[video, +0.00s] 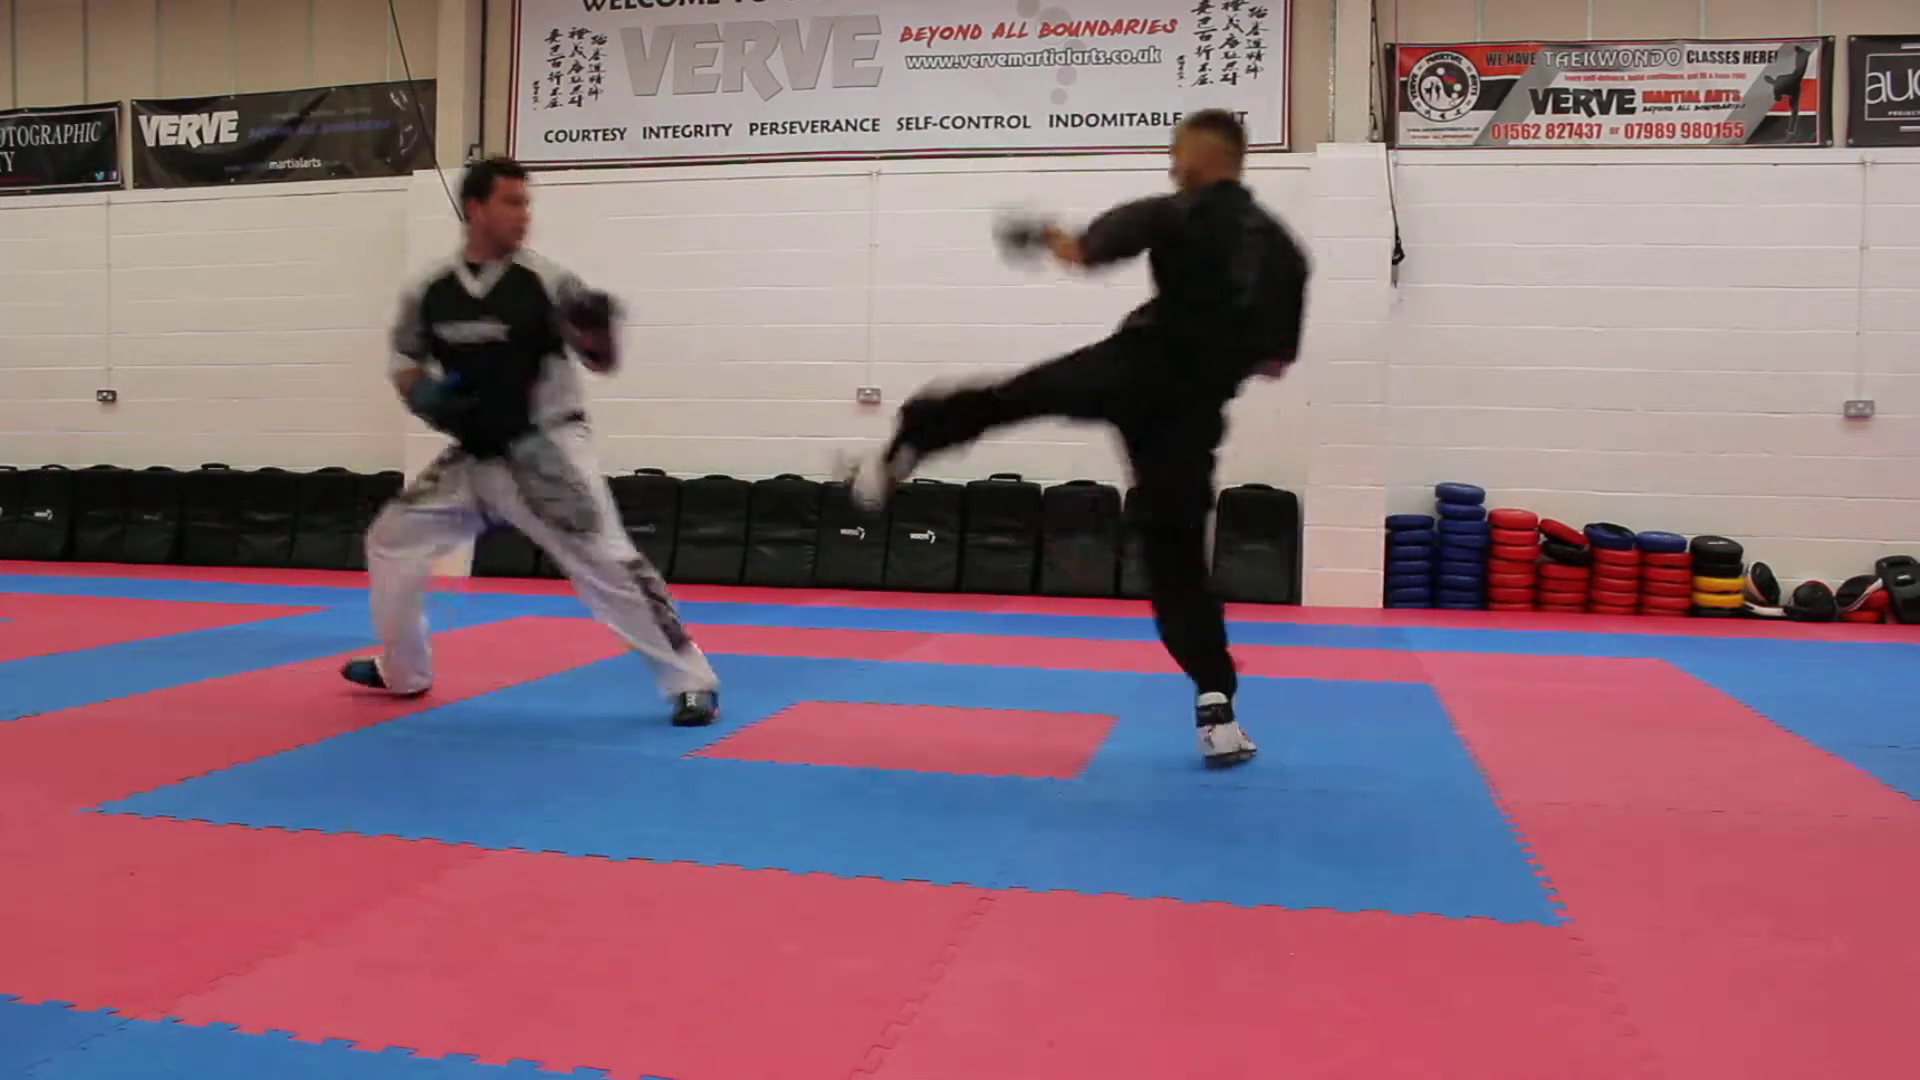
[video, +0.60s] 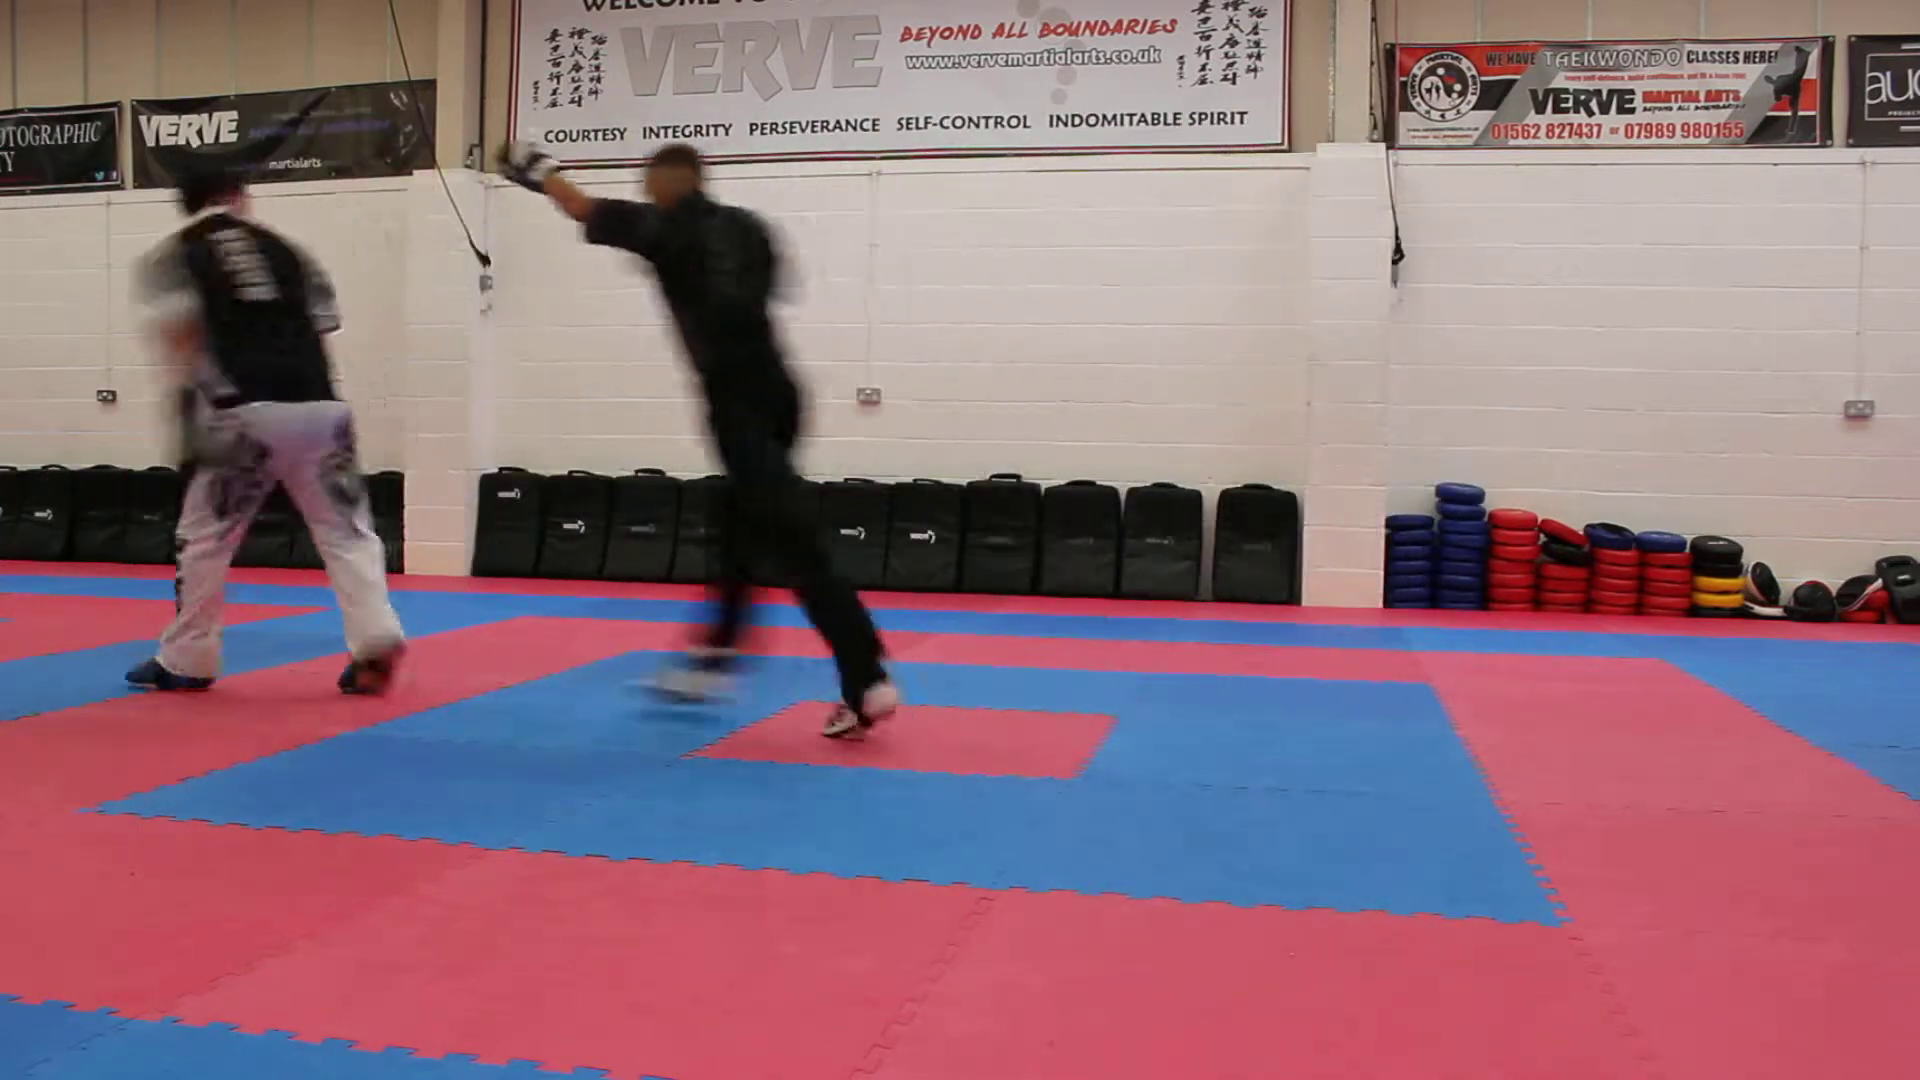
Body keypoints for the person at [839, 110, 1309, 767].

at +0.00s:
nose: (1176, 163)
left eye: (1184, 151)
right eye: (1179, 150)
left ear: (1204, 155)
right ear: (1238, 158)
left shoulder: (1175, 214)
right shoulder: (1284, 250)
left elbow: (1100, 247)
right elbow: (1277, 356)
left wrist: (1065, 242)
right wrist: (1212, 336)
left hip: (1124, 371)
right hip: (1189, 415)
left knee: (1014, 400)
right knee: (1176, 554)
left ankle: (907, 443)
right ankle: (1214, 702)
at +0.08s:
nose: (1151, 182)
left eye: (1156, 171)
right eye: (1155, 170)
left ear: (1164, 179)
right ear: (1208, 181)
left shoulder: (1136, 247)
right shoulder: (1239, 274)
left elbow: (1089, 321)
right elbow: (1226, 374)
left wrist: (1046, 314)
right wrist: (1168, 386)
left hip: (1077, 410)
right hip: (1149, 440)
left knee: (979, 470)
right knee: (1171, 566)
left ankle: (875, 539)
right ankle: (1212, 714)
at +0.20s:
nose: (1061, 194)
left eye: (1068, 184)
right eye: (1065, 183)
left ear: (1080, 191)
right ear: (1107, 195)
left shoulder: (1049, 258)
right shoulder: (1142, 275)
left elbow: (971, 302)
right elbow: (1134, 373)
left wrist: (972, 287)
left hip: (1021, 451)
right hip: (1094, 459)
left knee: (955, 556)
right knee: (1149, 580)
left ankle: (893, 683)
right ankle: (1210, 716)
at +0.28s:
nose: (954, 188)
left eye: (960, 178)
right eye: (959, 177)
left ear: (972, 184)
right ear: (1001, 186)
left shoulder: (941, 252)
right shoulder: (1048, 258)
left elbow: (844, 266)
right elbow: (1088, 351)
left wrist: (852, 223)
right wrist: (1026, 311)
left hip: (977, 450)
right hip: (1051, 451)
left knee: (923, 571)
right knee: (1111, 569)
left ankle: (895, 707)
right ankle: (1198, 695)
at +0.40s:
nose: (810, 192)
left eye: (815, 182)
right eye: (813, 182)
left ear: (829, 187)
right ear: (860, 188)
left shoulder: (818, 240)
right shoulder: (915, 240)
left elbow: (732, 211)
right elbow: (996, 295)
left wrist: (662, 179)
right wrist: (937, 322)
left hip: (901, 432)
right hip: (960, 424)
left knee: (877, 571)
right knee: (1009, 540)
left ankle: (889, 701)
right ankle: (1077, 651)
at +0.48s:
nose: (741, 194)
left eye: (744, 184)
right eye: (745, 185)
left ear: (752, 185)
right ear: (789, 183)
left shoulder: (751, 234)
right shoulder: (848, 232)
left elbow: (660, 217)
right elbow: (924, 293)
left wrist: (602, 178)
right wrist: (857, 292)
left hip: (840, 409)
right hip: (891, 398)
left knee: (847, 562)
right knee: (887, 539)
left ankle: (883, 703)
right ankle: (947, 627)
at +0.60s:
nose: (650, 189)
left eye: (655, 179)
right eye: (652, 179)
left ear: (668, 180)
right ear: (698, 177)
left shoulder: (668, 227)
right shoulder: (744, 226)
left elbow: (588, 212)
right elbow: (778, 278)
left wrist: (537, 172)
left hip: (736, 406)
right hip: (774, 397)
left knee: (794, 538)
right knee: (737, 524)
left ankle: (868, 678)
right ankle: (718, 649)